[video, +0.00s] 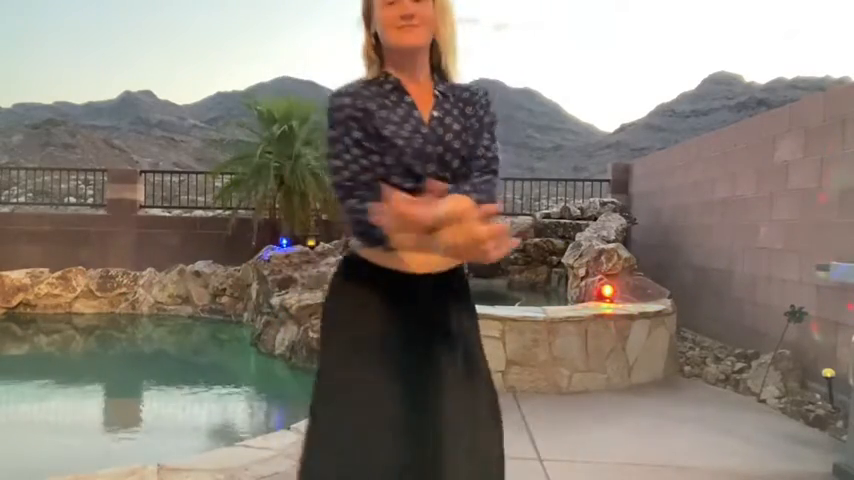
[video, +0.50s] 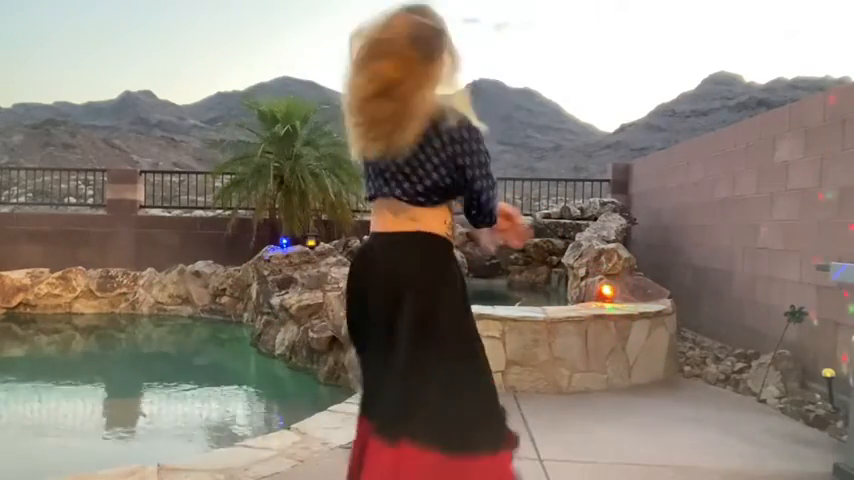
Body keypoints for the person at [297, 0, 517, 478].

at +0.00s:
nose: (406, 8)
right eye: (391, 0)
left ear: (439, 13)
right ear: (370, 16)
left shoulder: (473, 103)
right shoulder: (351, 103)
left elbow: (484, 196)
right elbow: (365, 226)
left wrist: (439, 215)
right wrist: (453, 249)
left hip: (447, 292)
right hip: (370, 293)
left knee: (459, 447)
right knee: (368, 448)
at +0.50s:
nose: (450, 62)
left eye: (446, 54)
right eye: (446, 54)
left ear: (381, 58)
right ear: (439, 61)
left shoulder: (374, 119)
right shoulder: (455, 126)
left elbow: (417, 192)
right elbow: (482, 211)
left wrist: (491, 209)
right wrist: (503, 223)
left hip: (373, 262)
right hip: (428, 266)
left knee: (386, 394)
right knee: (457, 398)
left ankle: (388, 472)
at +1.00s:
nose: (392, 78)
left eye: (403, 73)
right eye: (390, 71)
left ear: (427, 85)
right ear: (387, 75)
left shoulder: (408, 131)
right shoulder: (407, 128)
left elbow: (369, 194)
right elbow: (385, 200)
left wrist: (315, 223)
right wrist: (360, 258)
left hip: (397, 255)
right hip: (402, 250)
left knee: (396, 364)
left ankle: (394, 460)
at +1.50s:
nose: (390, 77)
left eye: (398, 70)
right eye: (381, 71)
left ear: (411, 79)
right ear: (369, 80)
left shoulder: (428, 137)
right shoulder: (352, 134)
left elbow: (451, 201)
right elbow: (324, 191)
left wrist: (471, 263)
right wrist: (292, 241)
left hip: (411, 258)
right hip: (354, 257)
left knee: (415, 365)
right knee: (354, 364)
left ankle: (417, 460)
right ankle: (357, 459)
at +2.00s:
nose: (415, 74)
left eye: (415, 64)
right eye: (404, 67)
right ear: (376, 79)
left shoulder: (376, 124)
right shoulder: (394, 128)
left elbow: (357, 197)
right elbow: (409, 198)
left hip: (380, 248)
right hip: (398, 252)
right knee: (411, 357)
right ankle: (404, 458)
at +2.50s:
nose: (377, 88)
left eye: (389, 81)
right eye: (380, 79)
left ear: (416, 93)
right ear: (413, 93)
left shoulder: (396, 136)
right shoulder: (426, 146)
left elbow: (365, 192)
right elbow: (459, 201)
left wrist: (317, 226)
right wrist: (500, 243)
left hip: (386, 264)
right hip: (416, 262)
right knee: (418, 378)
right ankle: (420, 463)